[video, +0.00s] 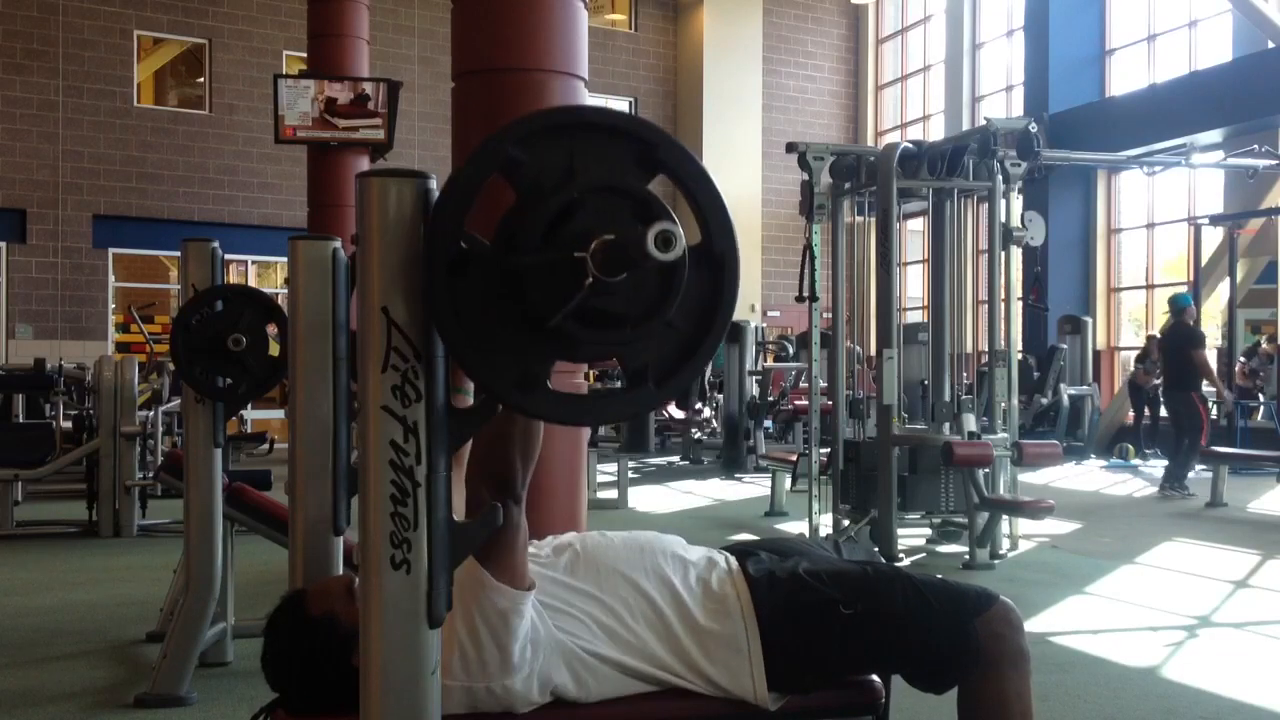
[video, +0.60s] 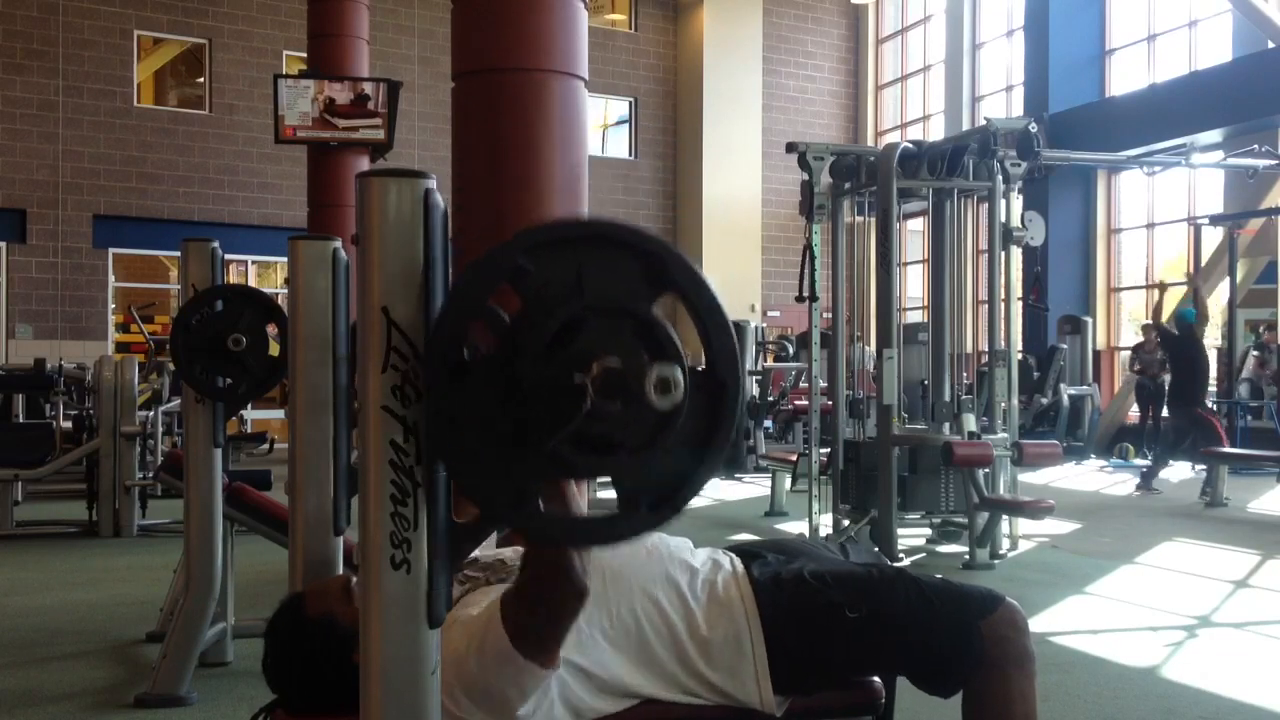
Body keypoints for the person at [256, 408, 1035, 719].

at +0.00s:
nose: (363, 571)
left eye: (347, 571)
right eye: (348, 587)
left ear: (349, 645)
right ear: (358, 640)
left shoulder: (445, 627)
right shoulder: (469, 667)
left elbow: (490, 476)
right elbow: (508, 479)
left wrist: (503, 340)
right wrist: (528, 316)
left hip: (725, 575)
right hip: (749, 617)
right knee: (990, 627)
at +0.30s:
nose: (362, 581)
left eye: (346, 582)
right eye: (346, 597)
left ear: (354, 639)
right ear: (358, 649)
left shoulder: (438, 629)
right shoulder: (461, 679)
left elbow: (489, 498)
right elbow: (501, 506)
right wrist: (516, 357)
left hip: (717, 578)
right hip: (739, 620)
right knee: (990, 627)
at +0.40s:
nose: (361, 579)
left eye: (344, 582)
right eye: (346, 596)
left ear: (352, 641)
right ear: (358, 647)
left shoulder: (437, 624)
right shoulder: (465, 682)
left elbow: (482, 500)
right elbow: (513, 505)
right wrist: (506, 336)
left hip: (719, 579)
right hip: (741, 620)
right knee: (989, 625)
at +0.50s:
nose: (365, 572)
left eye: (348, 572)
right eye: (349, 591)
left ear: (348, 664)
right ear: (358, 651)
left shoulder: (447, 633)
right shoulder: (470, 675)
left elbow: (554, 516)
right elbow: (541, 523)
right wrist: (510, 362)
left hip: (730, 578)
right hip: (754, 616)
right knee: (992, 629)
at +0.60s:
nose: (364, 576)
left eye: (350, 576)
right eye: (350, 592)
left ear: (364, 602)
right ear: (352, 640)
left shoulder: (459, 594)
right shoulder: (452, 683)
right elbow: (540, 612)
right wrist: (541, 458)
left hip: (736, 583)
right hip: (748, 619)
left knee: (867, 693)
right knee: (992, 628)